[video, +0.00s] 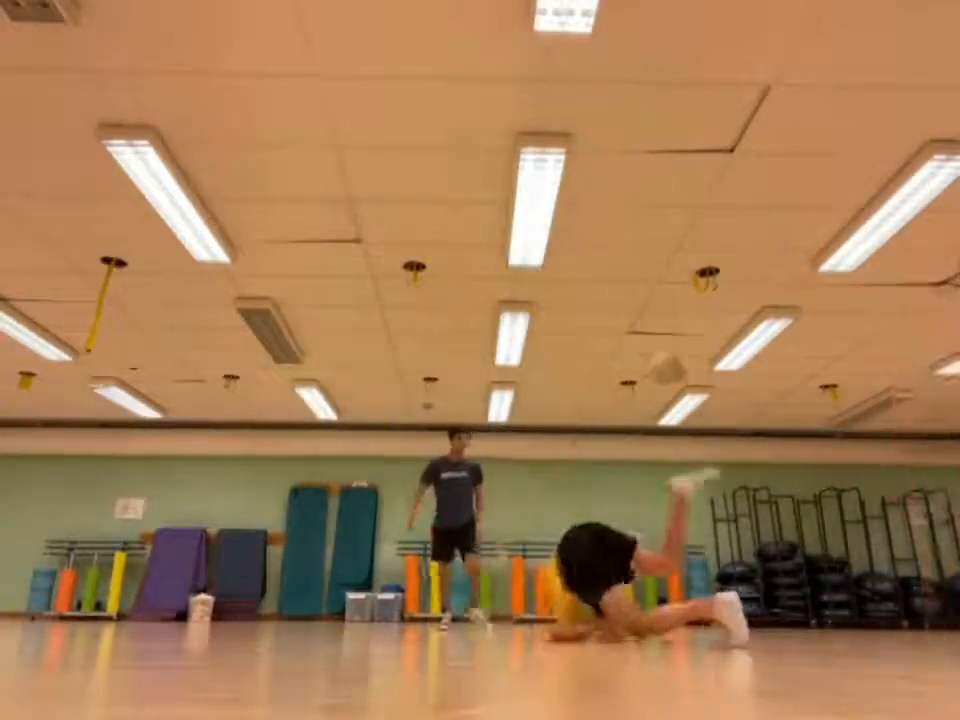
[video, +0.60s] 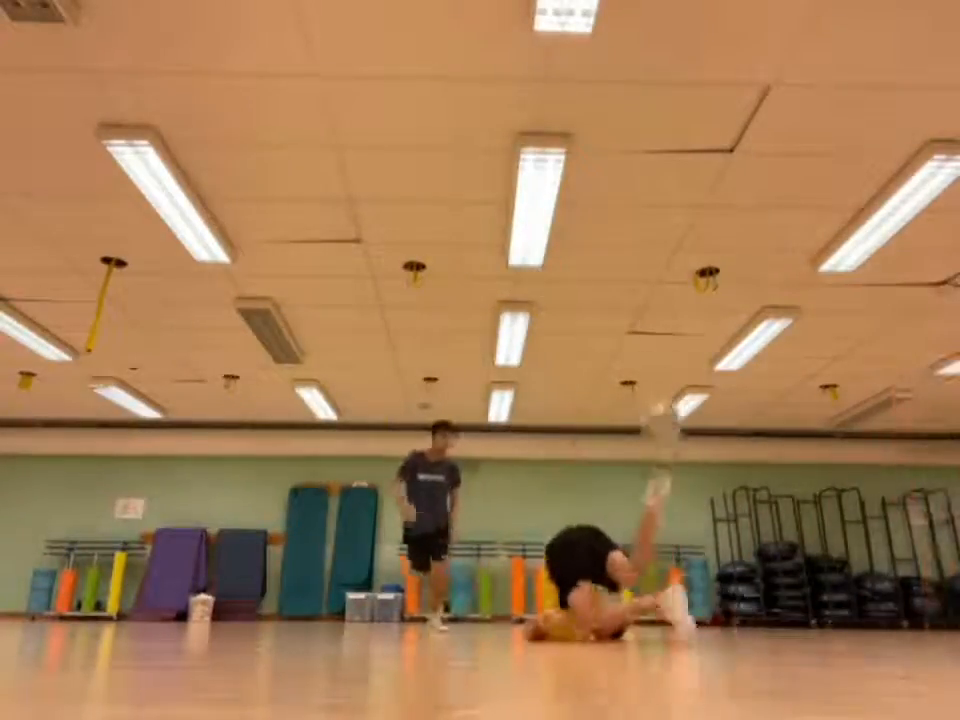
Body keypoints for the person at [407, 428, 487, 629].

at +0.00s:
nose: (462, 444)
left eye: (465, 440)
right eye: (459, 439)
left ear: (469, 442)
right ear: (451, 441)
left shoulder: (473, 469)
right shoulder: (437, 466)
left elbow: (479, 494)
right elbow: (421, 490)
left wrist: (479, 517)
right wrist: (413, 514)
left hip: (467, 523)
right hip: (443, 525)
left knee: (474, 565)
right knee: (444, 568)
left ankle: (474, 607)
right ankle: (446, 611)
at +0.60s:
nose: (448, 443)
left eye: (450, 438)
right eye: (444, 437)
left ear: (451, 440)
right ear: (435, 437)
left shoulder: (450, 467)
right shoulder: (415, 460)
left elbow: (455, 495)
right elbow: (398, 484)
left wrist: (453, 518)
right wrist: (404, 506)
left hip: (439, 522)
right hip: (417, 522)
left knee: (440, 567)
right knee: (420, 569)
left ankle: (437, 612)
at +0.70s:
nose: (439, 437)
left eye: (443, 432)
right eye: (435, 431)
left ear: (445, 435)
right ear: (425, 432)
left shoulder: (444, 465)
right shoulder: (405, 457)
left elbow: (449, 496)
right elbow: (388, 482)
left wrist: (447, 524)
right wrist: (387, 514)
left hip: (432, 523)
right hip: (406, 522)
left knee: (437, 568)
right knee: (406, 566)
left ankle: (434, 613)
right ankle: (412, 598)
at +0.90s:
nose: (409, 413)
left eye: (413, 409)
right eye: (405, 408)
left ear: (416, 412)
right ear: (395, 409)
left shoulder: (419, 441)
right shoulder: (375, 436)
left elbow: (427, 472)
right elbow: (350, 462)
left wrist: (426, 504)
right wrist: (334, 492)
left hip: (408, 507)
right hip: (379, 506)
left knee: (415, 558)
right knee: (368, 554)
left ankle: (427, 599)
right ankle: (358, 613)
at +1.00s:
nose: (393, 410)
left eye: (397, 406)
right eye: (389, 405)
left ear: (401, 409)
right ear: (379, 406)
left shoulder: (404, 440)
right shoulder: (359, 437)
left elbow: (413, 472)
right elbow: (335, 460)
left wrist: (412, 503)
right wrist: (329, 486)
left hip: (394, 507)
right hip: (364, 506)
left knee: (393, 559)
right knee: (355, 557)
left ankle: (406, 601)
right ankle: (357, 613)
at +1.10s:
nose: (385, 401)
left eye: (390, 396)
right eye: (381, 394)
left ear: (393, 399)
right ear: (370, 394)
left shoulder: (395, 431)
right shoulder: (349, 424)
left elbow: (401, 465)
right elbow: (334, 452)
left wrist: (401, 494)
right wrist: (334, 480)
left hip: (379, 497)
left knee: (369, 550)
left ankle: (375, 605)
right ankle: (353, 610)